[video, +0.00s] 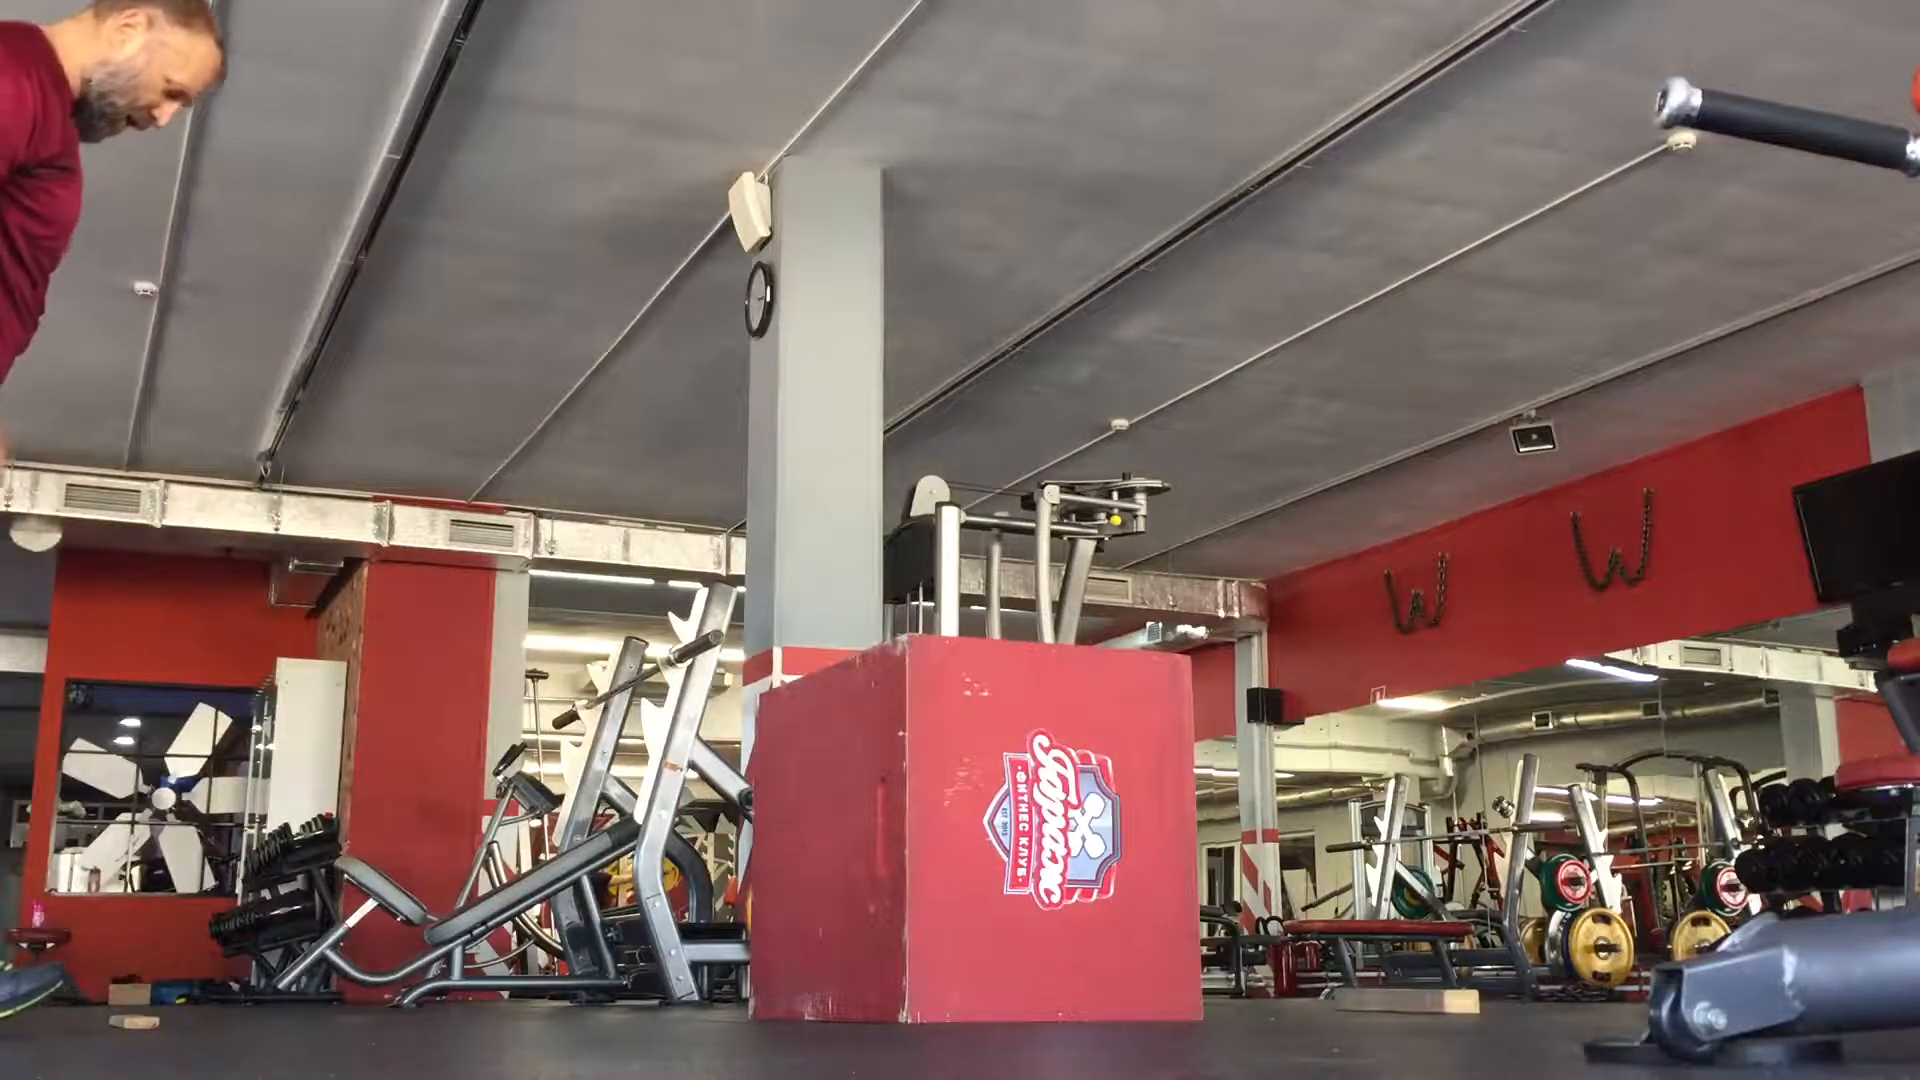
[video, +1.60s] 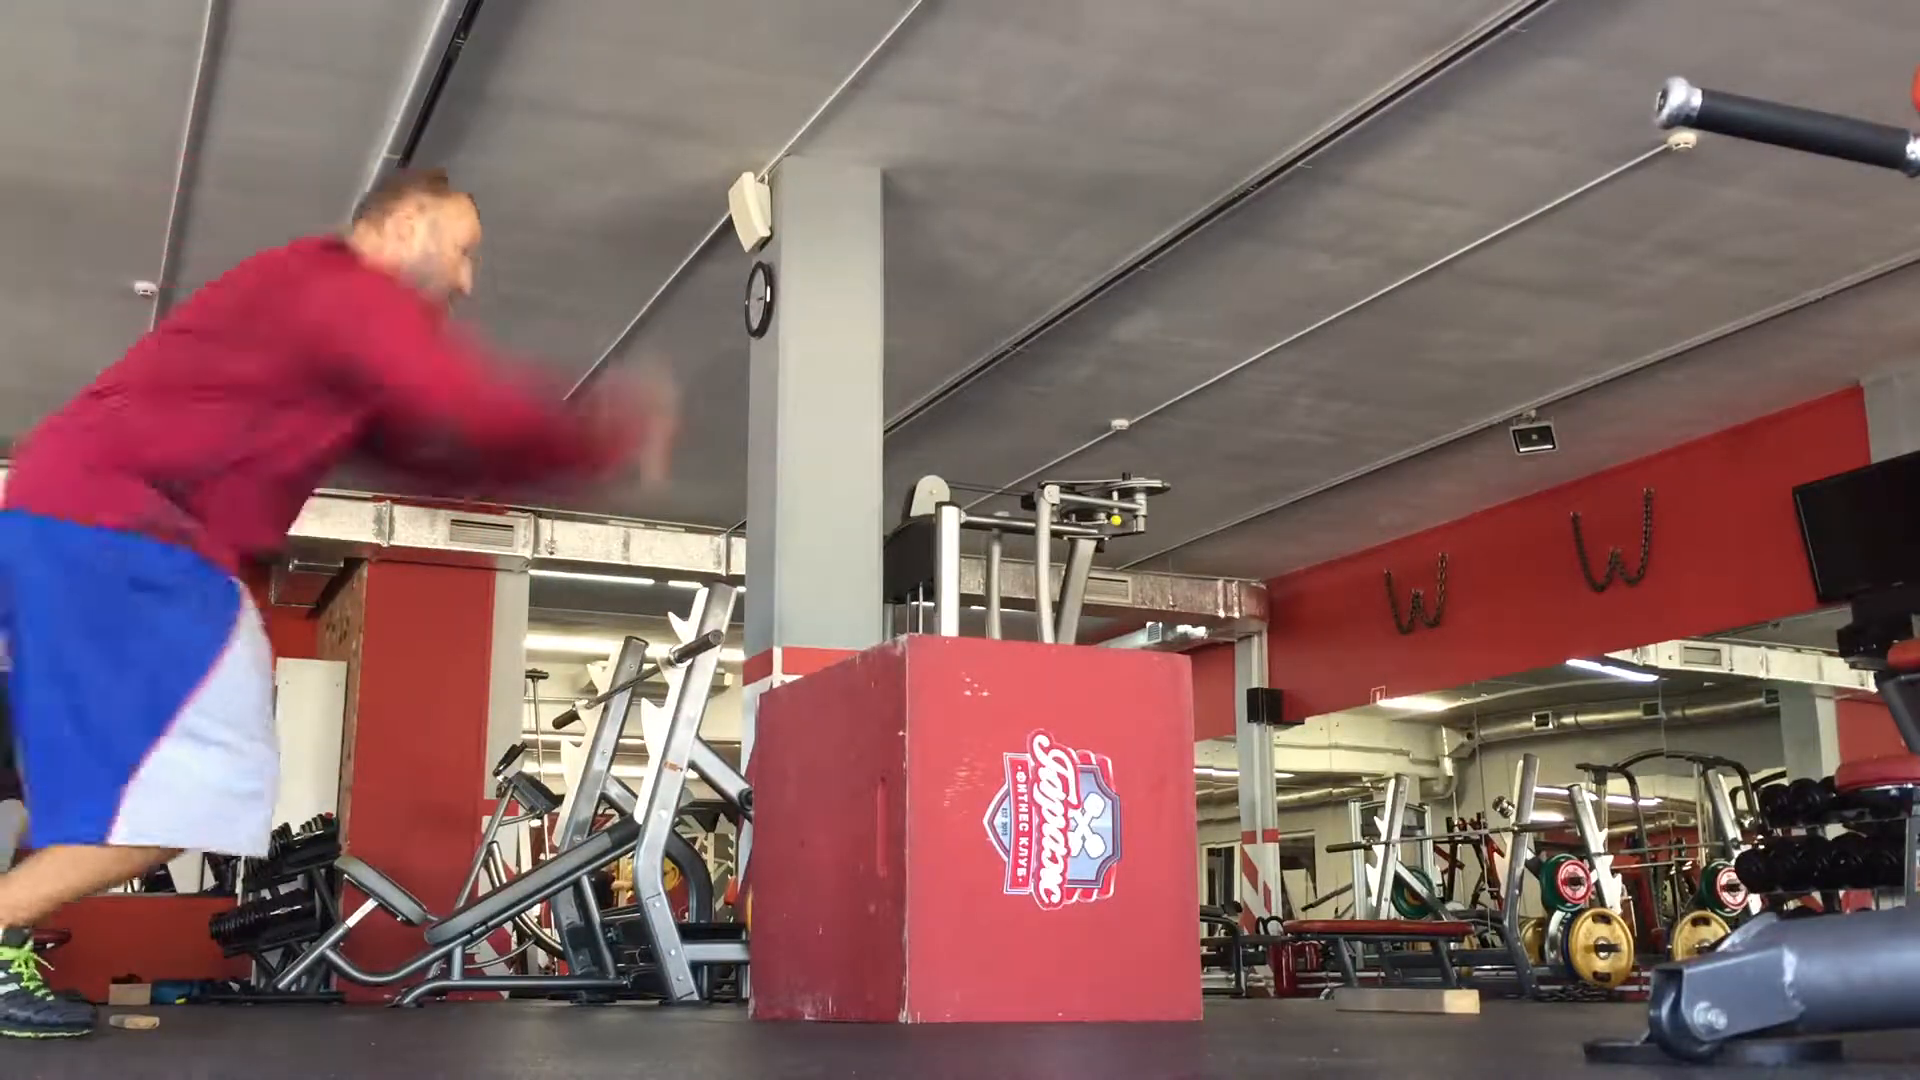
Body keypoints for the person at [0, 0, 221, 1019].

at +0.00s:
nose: (164, 117)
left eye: (183, 106)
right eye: (175, 88)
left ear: (123, 27)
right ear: (131, 22)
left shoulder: (47, 113)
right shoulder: (19, 80)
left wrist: (2, 438)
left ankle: (3, 953)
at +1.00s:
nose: (302, 124)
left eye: (314, 108)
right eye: (302, 94)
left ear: (240, 58)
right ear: (240, 52)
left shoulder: (164, 131)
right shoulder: (143, 103)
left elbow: (43, 264)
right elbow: (14, 220)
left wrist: (60, 449)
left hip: (40, 453)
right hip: (25, 451)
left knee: (12, 723)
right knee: (7, 724)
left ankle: (2, 963)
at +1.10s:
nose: (351, 157)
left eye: (363, 142)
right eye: (353, 125)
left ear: (300, 105)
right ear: (288, 82)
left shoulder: (217, 172)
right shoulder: (194, 113)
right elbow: (20, 110)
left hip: (43, 438)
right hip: (25, 432)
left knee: (17, 723)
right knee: (10, 723)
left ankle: (4, 958)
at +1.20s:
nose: (394, 222)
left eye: (404, 204)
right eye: (395, 190)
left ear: (340, 163)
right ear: (333, 147)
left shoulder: (249, 226)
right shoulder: (243, 152)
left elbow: (97, 299)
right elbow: (82, 76)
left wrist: (73, 447)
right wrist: (8, 50)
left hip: (37, 422)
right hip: (19, 407)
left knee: (41, 672)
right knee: (40, 672)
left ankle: (7, 952)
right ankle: (3, 957)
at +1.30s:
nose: (424, 308)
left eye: (434, 291)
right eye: (424, 278)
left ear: (372, 247)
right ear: (370, 237)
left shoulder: (262, 296)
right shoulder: (271, 223)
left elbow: (30, 253)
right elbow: (104, 129)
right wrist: (5, 79)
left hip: (34, 447)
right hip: (22, 437)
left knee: (63, 678)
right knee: (75, 676)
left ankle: (7, 948)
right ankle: (3, 952)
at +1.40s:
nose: (458, 382)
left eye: (466, 361)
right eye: (457, 351)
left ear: (399, 327)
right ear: (399, 319)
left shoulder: (299, 394)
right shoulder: (281, 323)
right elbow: (87, 266)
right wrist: (2, 242)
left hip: (58, 494)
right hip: (35, 476)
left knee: (103, 724)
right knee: (125, 718)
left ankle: (6, 945)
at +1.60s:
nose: (469, 282)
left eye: (474, 260)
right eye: (462, 249)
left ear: (385, 238)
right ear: (399, 228)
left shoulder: (314, 295)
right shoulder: (334, 286)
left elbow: (429, 454)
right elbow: (460, 406)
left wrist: (588, 445)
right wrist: (603, 427)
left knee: (155, 777)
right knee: (199, 777)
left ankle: (12, 941)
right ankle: (8, 922)